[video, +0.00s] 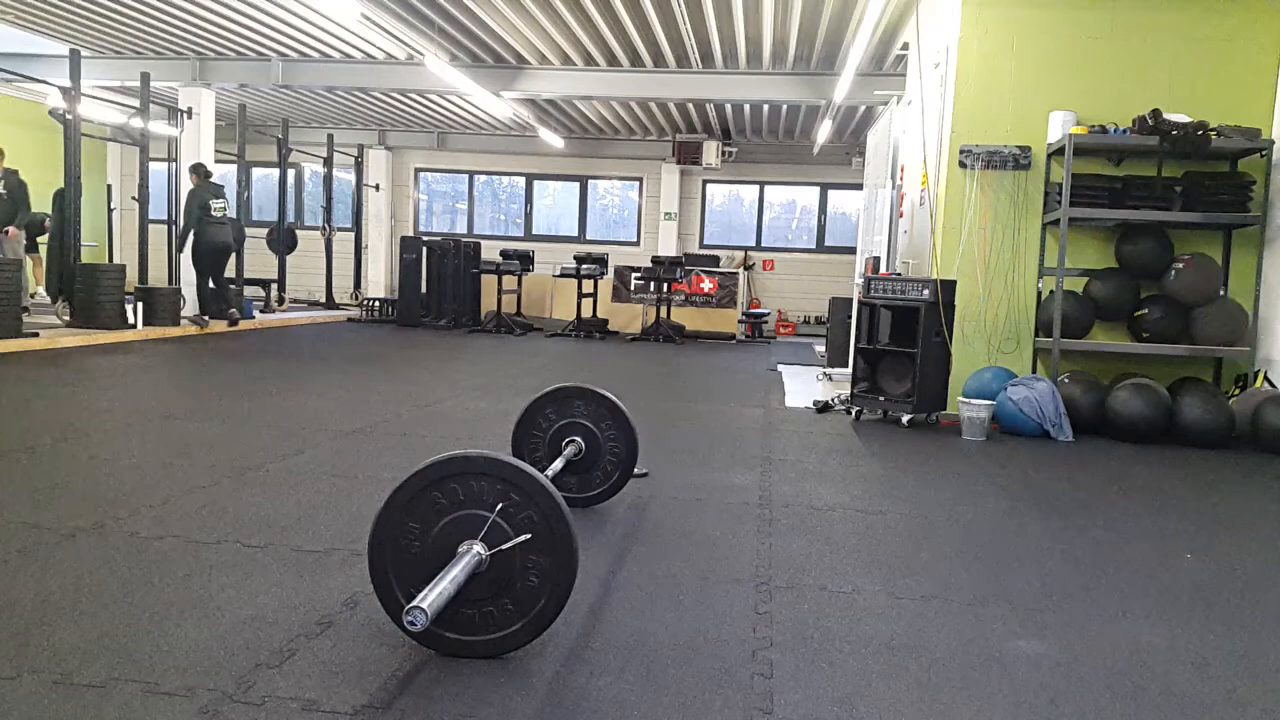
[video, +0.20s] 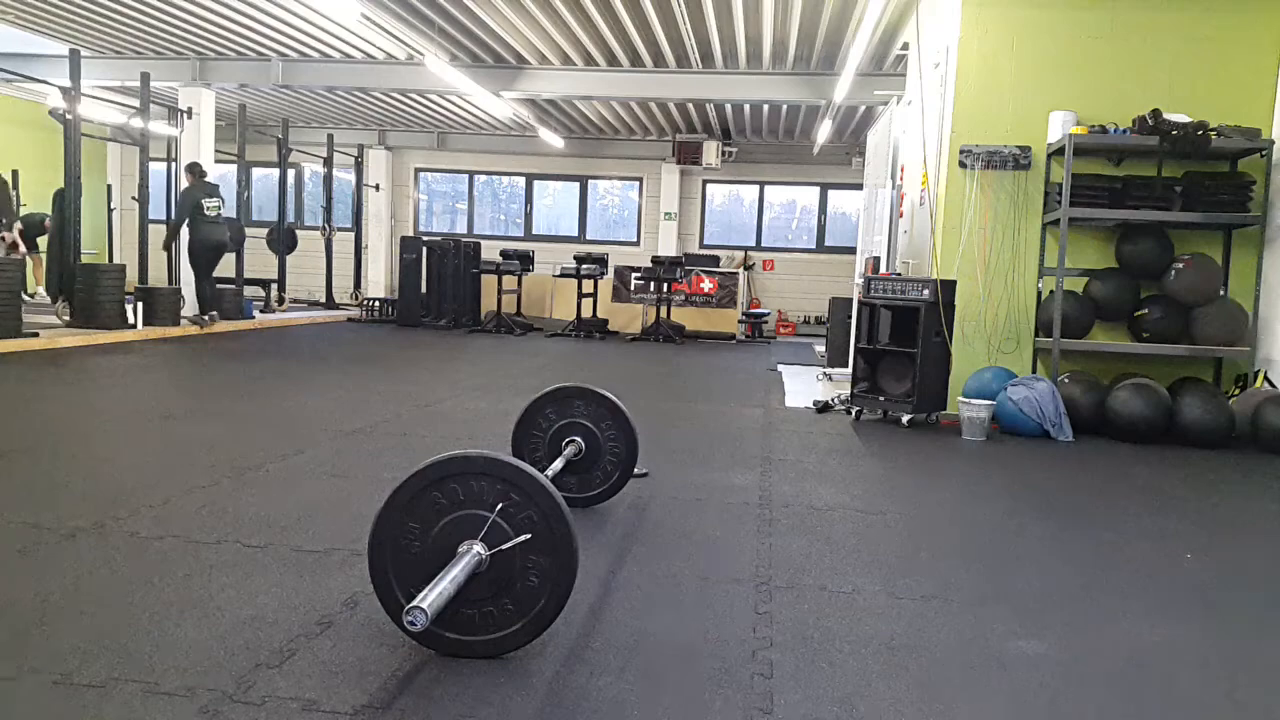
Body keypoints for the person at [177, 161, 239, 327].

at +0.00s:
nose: (190, 179)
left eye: (191, 176)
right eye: (191, 176)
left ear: (195, 176)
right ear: (205, 175)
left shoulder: (195, 192)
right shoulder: (219, 191)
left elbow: (189, 222)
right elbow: (222, 215)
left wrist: (180, 243)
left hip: (206, 238)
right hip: (226, 238)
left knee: (202, 278)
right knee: (218, 276)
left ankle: (204, 315)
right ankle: (231, 308)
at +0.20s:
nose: (186, 179)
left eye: (186, 176)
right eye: (186, 176)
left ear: (190, 175)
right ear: (201, 174)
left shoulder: (189, 192)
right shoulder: (214, 189)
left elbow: (179, 220)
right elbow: (219, 211)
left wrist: (168, 241)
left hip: (201, 239)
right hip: (221, 239)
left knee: (200, 277)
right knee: (208, 274)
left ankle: (204, 314)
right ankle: (213, 310)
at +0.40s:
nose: (182, 178)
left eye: (183, 175)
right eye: (183, 174)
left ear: (186, 175)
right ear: (198, 173)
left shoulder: (182, 193)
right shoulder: (210, 190)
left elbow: (172, 220)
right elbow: (215, 214)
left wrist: (164, 242)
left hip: (194, 240)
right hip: (213, 240)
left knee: (198, 277)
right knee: (199, 275)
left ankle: (203, 315)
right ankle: (194, 310)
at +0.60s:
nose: (180, 176)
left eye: (181, 173)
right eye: (181, 173)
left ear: (184, 174)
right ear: (196, 173)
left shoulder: (179, 192)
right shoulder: (206, 191)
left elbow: (173, 219)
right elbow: (208, 214)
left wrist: (169, 239)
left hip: (186, 237)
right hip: (205, 237)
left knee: (186, 273)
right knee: (192, 273)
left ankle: (198, 309)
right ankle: (192, 309)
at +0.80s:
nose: (175, 177)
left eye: (176, 174)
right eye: (176, 174)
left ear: (182, 174)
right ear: (191, 174)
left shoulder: (180, 190)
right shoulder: (201, 189)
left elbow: (172, 215)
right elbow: (199, 215)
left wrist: (166, 236)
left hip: (184, 235)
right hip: (200, 235)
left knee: (170, 270)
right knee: (188, 271)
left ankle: (178, 303)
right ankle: (190, 306)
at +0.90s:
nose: (171, 176)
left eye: (173, 173)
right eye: (171, 173)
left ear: (180, 173)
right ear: (186, 173)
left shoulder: (180, 190)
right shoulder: (196, 188)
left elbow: (174, 216)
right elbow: (198, 215)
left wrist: (164, 236)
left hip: (182, 235)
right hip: (198, 235)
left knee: (166, 270)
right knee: (187, 272)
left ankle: (172, 308)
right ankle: (191, 311)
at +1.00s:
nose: (168, 176)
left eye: (170, 173)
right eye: (168, 173)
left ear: (178, 174)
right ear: (182, 174)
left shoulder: (179, 191)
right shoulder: (190, 189)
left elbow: (174, 219)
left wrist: (162, 239)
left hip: (181, 237)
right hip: (194, 236)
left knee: (163, 270)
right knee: (187, 272)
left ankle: (167, 308)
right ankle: (191, 310)